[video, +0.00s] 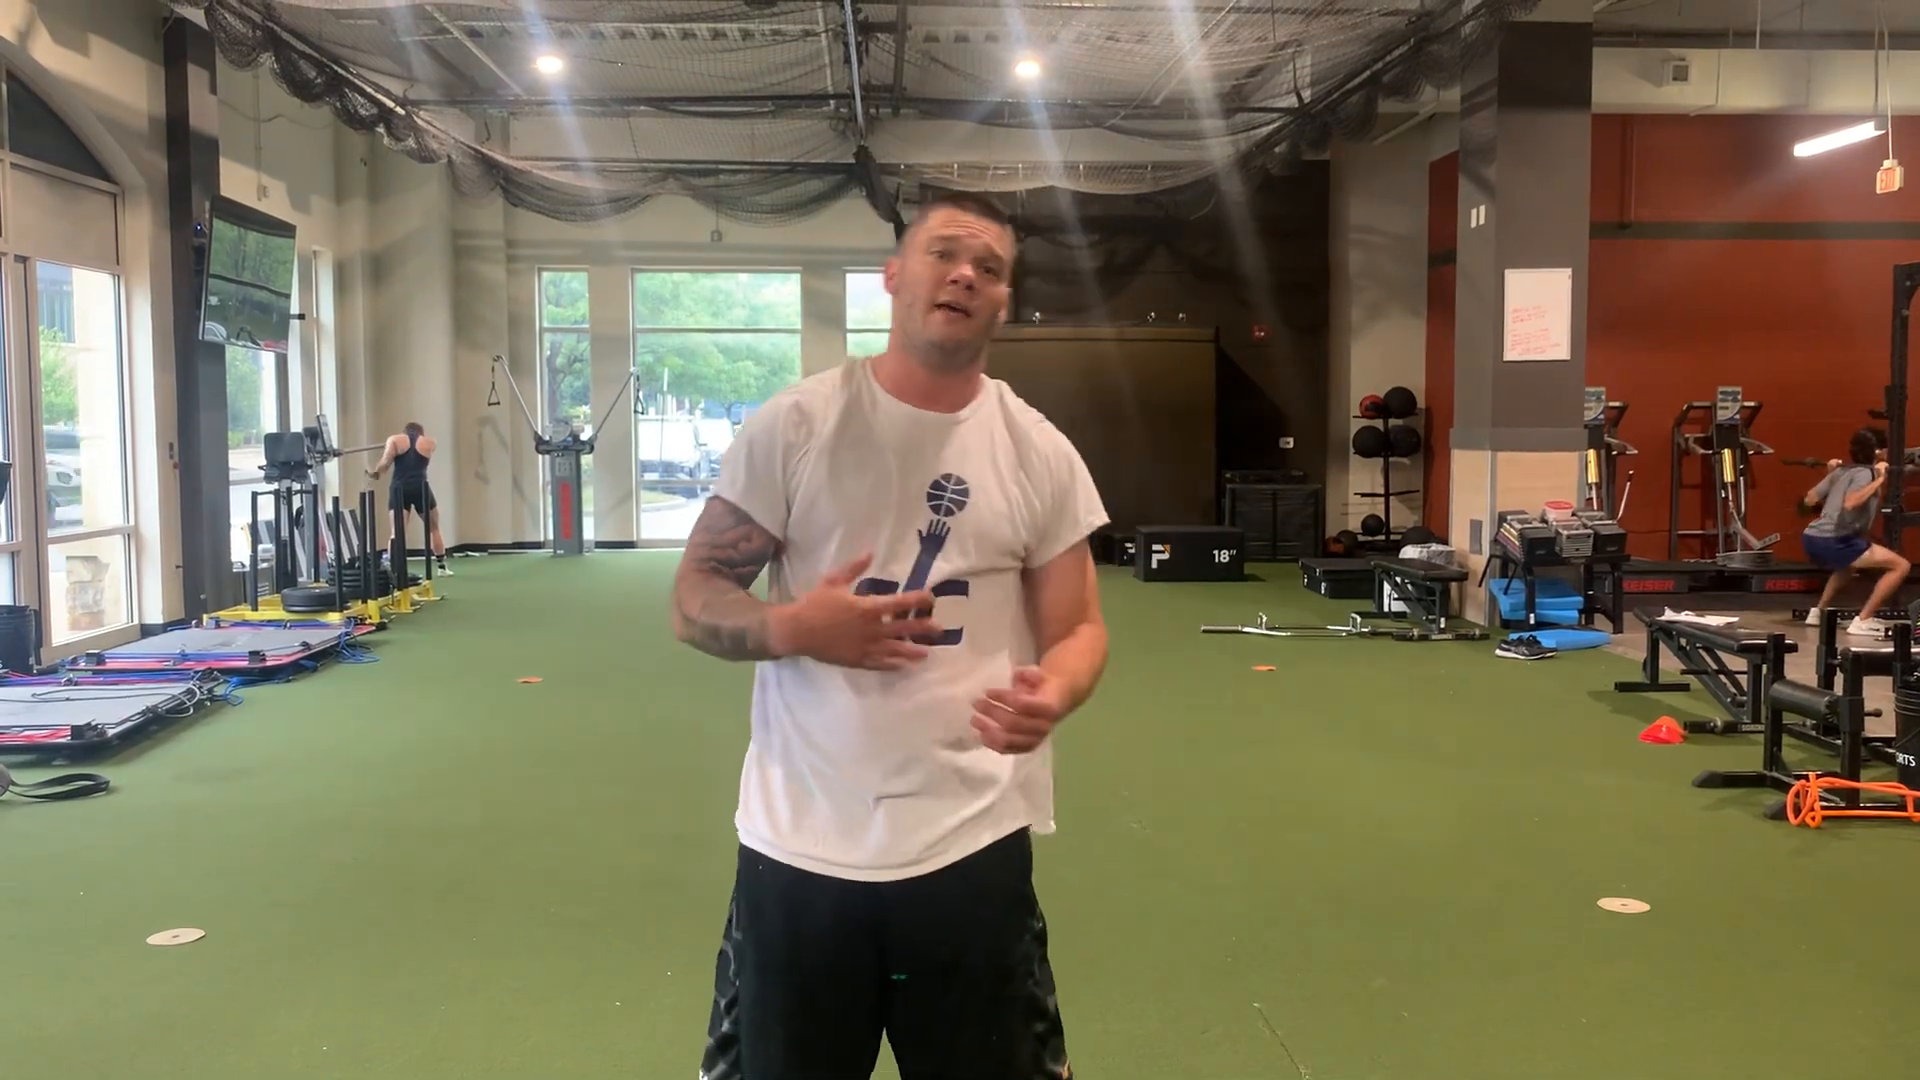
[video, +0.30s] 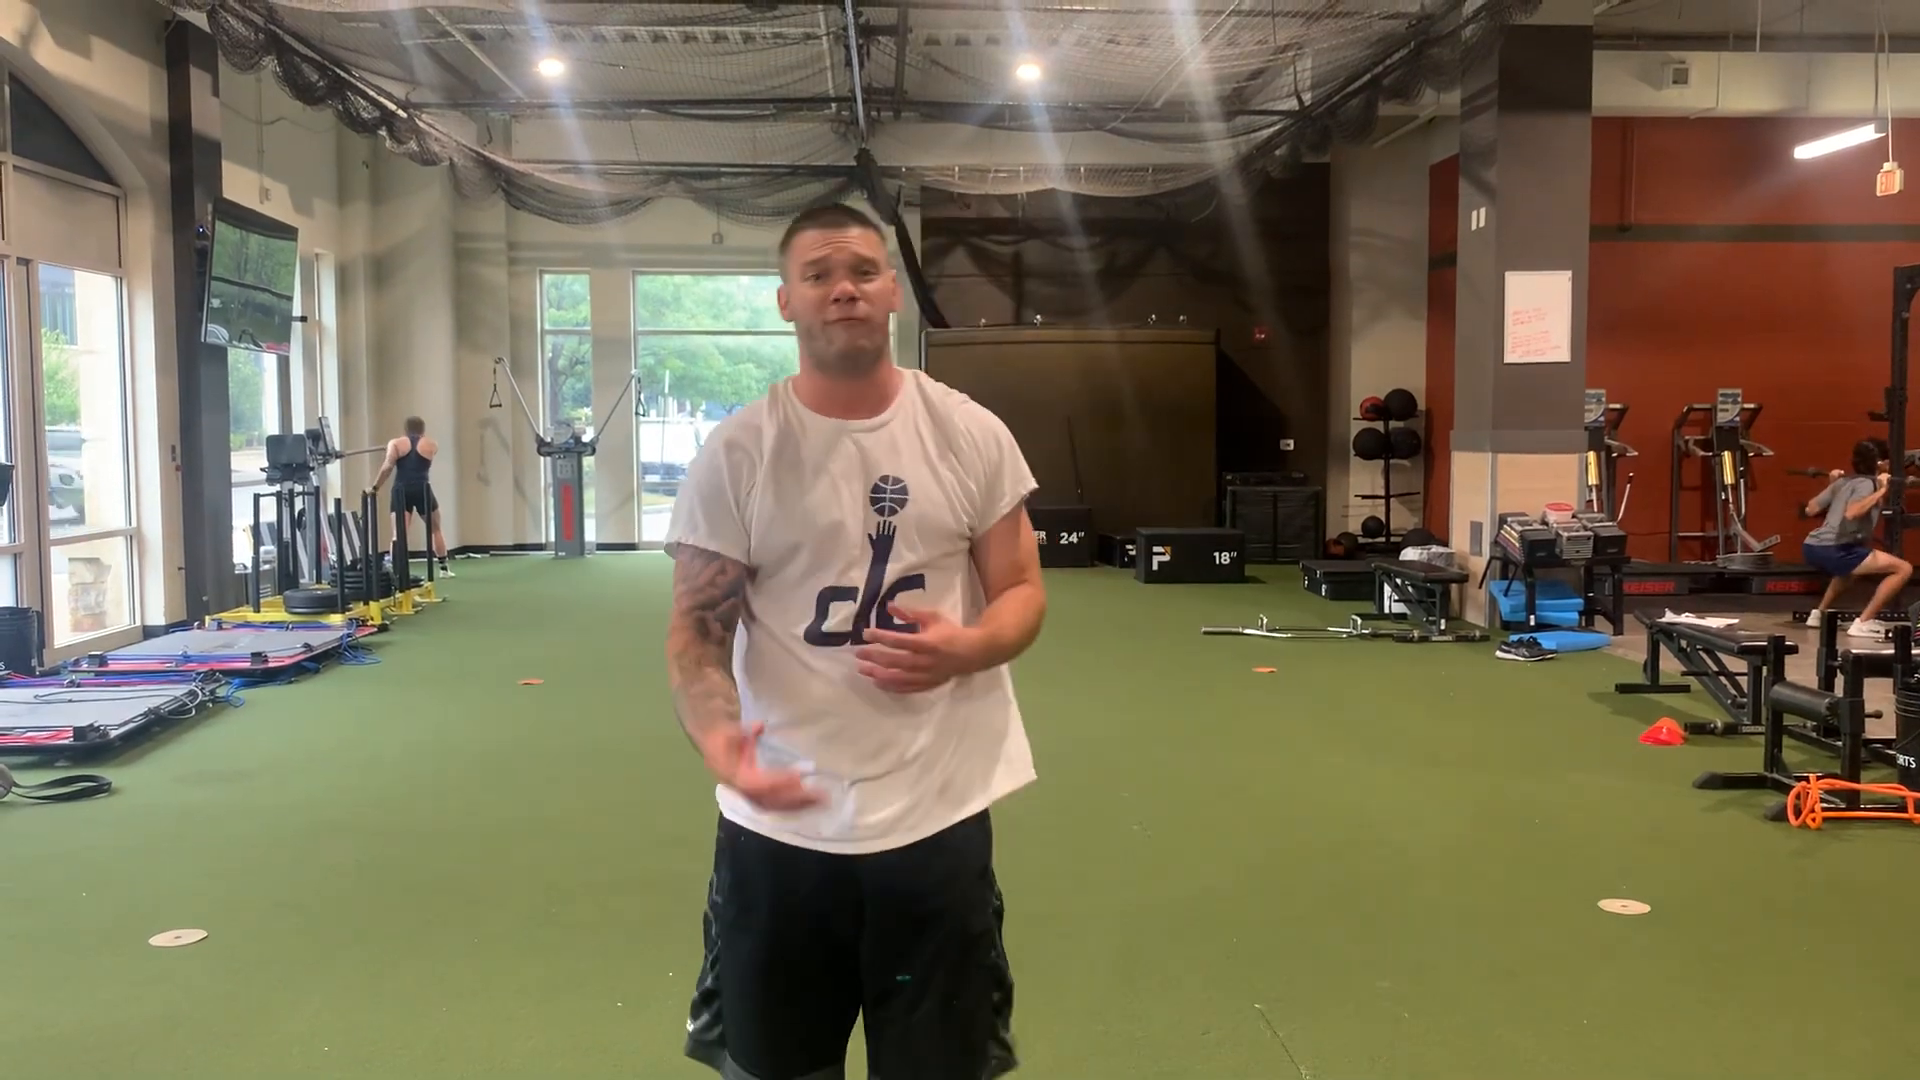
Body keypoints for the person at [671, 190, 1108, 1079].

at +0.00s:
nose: (964, 276)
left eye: (989, 268)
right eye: (943, 253)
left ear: (1005, 306)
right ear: (892, 275)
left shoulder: (1039, 455)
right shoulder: (793, 428)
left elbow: (1078, 630)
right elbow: (697, 597)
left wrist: (1052, 691)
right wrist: (792, 628)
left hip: (972, 850)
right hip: (801, 850)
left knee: (997, 1067)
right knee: (770, 1067)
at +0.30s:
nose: (845, 287)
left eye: (865, 270)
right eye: (819, 273)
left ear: (896, 294)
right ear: (786, 304)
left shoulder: (971, 436)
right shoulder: (737, 455)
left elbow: (1022, 592)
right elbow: (698, 633)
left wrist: (970, 647)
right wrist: (717, 729)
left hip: (937, 828)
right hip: (779, 832)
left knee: (944, 1063)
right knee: (772, 1063)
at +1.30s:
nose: (912, 318)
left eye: (934, 309)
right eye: (902, 297)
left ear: (958, 331)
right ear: (870, 306)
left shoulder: (990, 452)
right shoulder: (790, 431)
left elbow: (1006, 590)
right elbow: (724, 572)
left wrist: (974, 660)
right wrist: (809, 599)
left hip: (929, 752)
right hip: (801, 749)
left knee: (922, 991)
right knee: (796, 990)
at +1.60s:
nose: (898, 315)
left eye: (917, 311)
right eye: (885, 298)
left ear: (930, 339)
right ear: (846, 311)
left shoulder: (957, 447)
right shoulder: (770, 431)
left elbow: (981, 575)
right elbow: (706, 573)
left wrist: (941, 626)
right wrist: (763, 540)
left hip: (910, 737)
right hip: (783, 736)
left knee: (908, 965)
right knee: (755, 976)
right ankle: (762, 1057)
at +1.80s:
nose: (855, 322)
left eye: (872, 317)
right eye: (840, 305)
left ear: (884, 343)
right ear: (802, 317)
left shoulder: (913, 445)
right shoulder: (736, 437)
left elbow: (945, 564)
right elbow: (683, 585)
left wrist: (923, 611)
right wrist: (746, 531)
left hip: (883, 728)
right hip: (762, 731)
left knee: (895, 946)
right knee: (755, 941)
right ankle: (760, 1068)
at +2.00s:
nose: (807, 328)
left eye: (825, 320)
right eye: (792, 313)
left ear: (843, 344)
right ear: (758, 328)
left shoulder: (884, 434)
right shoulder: (709, 448)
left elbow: (919, 543)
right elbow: (667, 598)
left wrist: (890, 605)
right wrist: (713, 551)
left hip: (864, 713)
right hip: (750, 717)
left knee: (875, 914)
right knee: (743, 908)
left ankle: (883, 1079)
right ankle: (759, 1070)